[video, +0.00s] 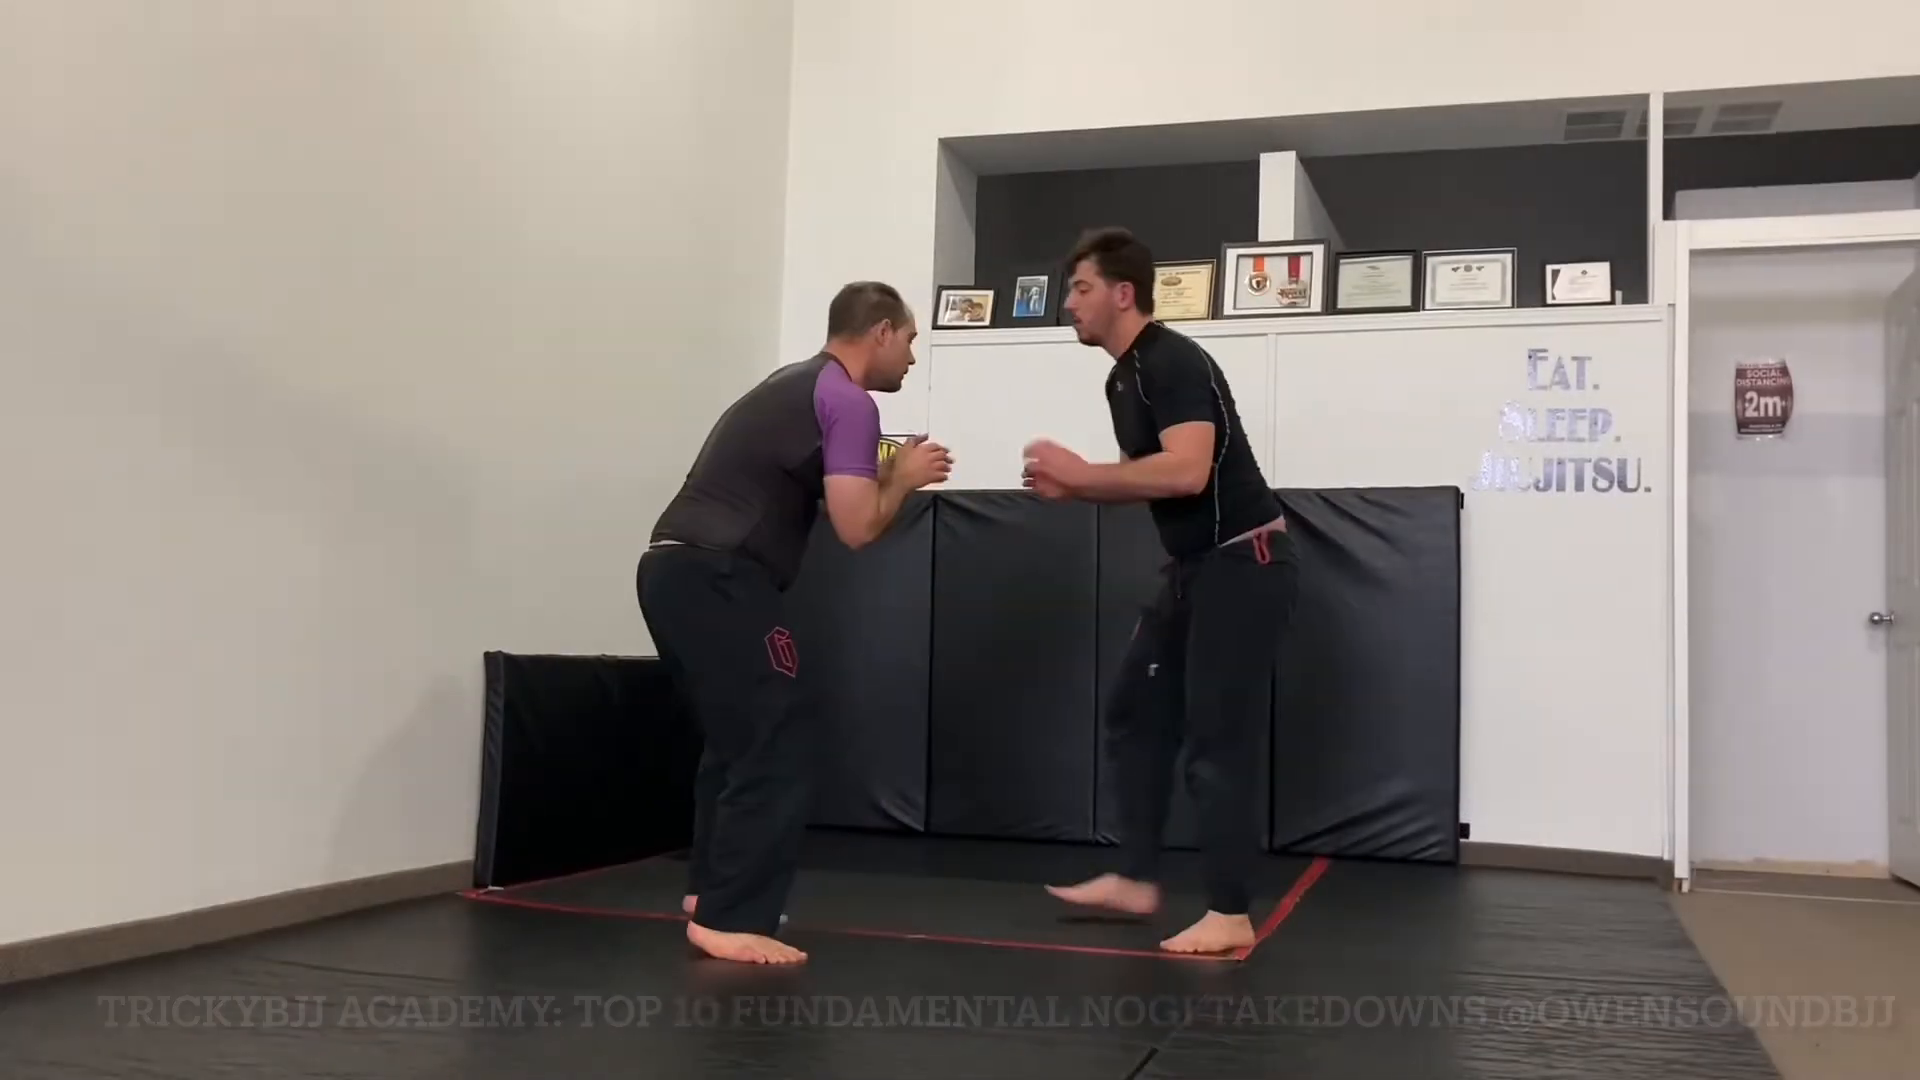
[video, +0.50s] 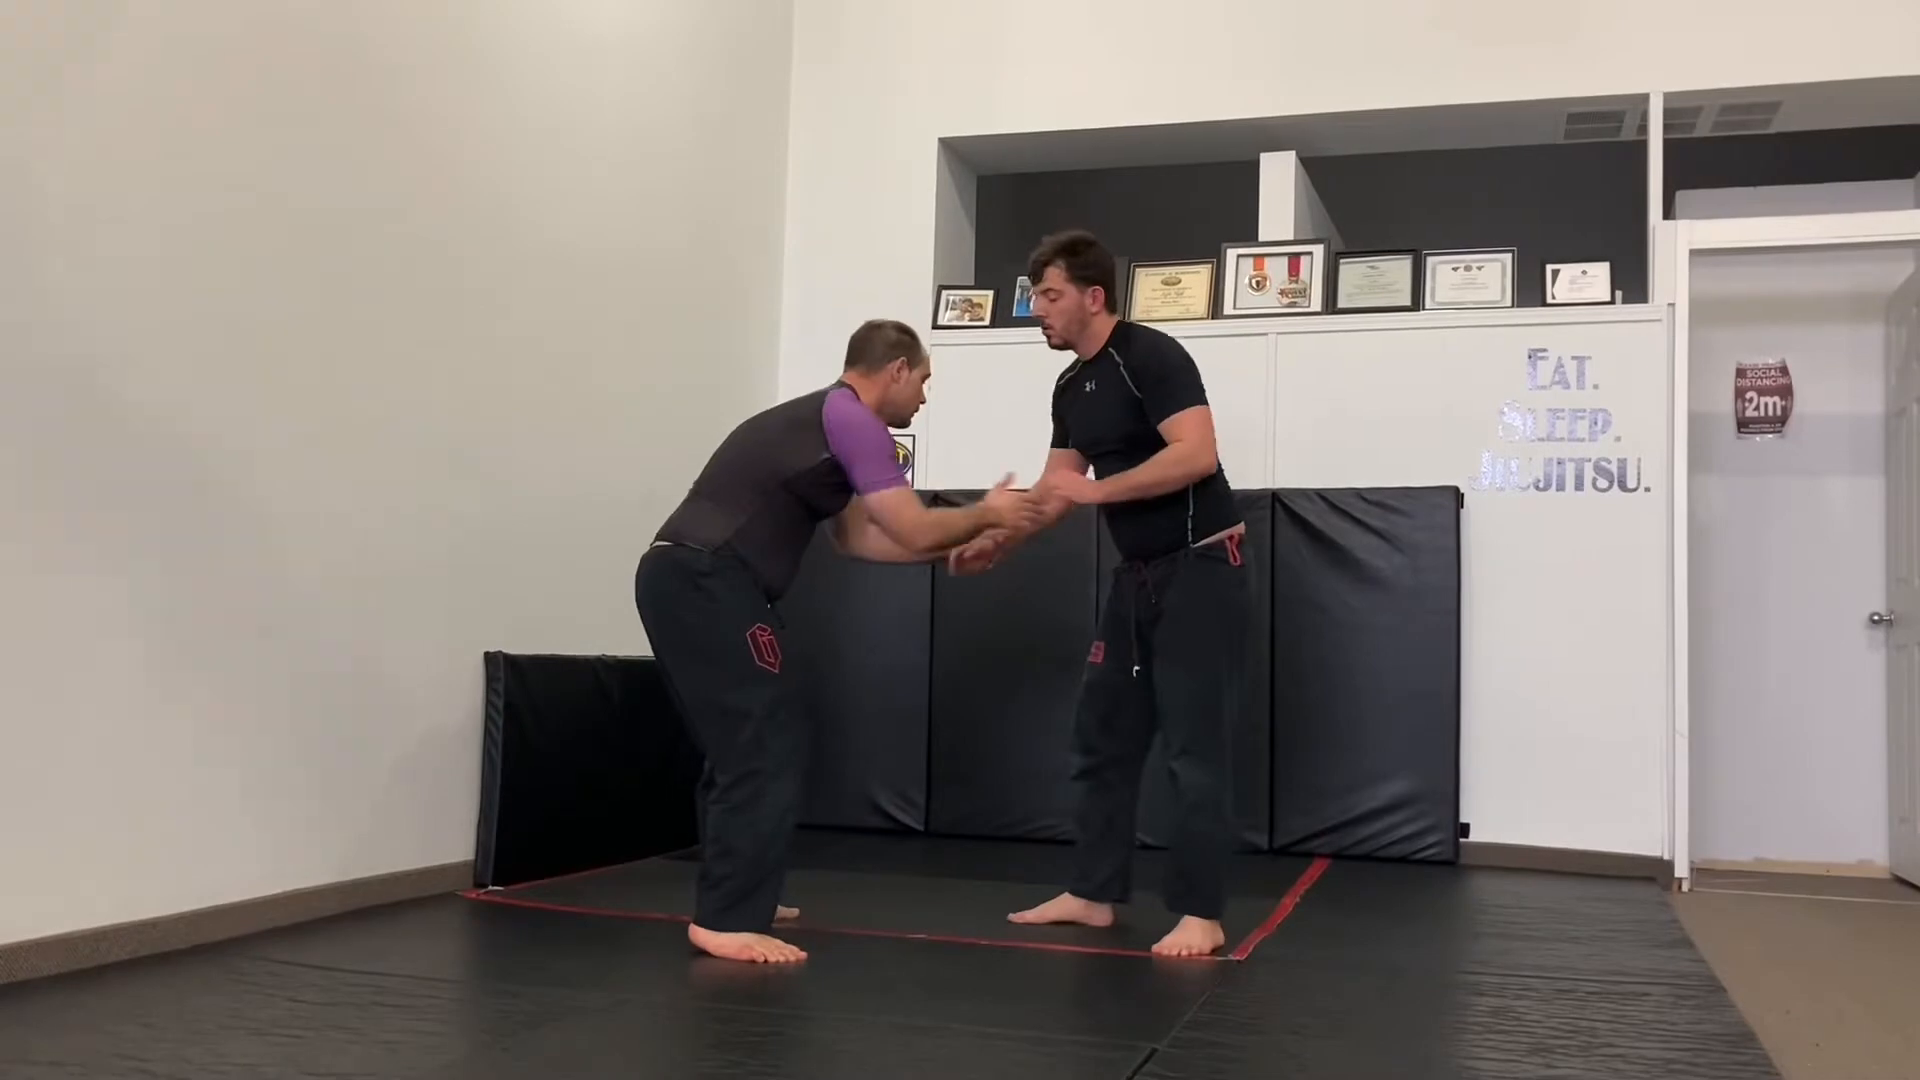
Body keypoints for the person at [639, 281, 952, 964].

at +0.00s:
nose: (913, 359)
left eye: (914, 344)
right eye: (911, 343)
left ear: (851, 332)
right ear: (883, 334)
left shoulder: (800, 382)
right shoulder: (845, 399)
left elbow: (827, 507)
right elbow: (859, 528)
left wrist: (888, 473)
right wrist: (904, 483)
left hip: (671, 569)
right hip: (715, 576)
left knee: (733, 736)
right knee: (773, 736)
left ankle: (712, 895)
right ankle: (735, 922)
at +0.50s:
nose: (922, 397)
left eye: (924, 384)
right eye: (921, 382)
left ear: (863, 371)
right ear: (895, 372)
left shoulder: (821, 417)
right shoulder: (853, 419)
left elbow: (860, 537)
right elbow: (916, 527)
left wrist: (953, 544)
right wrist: (987, 512)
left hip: (683, 575)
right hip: (706, 581)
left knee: (743, 742)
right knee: (766, 740)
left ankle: (739, 894)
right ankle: (726, 917)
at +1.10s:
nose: (983, 446)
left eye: (986, 433)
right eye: (985, 428)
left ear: (929, 404)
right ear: (966, 408)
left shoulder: (870, 444)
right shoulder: (929, 436)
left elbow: (835, 569)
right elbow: (968, 543)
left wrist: (925, 600)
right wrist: (1020, 513)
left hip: (737, 584)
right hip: (788, 589)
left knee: (797, 730)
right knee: (854, 741)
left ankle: (751, 867)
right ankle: (817, 911)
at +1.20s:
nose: (1003, 443)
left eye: (1006, 435)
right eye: (1006, 431)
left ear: (951, 406)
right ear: (993, 412)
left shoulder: (897, 446)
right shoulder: (954, 438)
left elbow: (866, 577)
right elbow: (966, 538)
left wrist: (948, 610)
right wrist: (1016, 511)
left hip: (770, 582)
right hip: (815, 587)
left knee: (844, 729)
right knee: (879, 744)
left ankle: (815, 862)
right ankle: (823, 909)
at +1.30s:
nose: (1024, 451)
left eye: (1027, 445)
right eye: (1026, 439)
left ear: (976, 414)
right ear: (1010, 421)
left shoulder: (925, 451)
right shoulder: (976, 440)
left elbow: (893, 583)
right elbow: (975, 520)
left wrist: (971, 617)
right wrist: (1027, 524)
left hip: (794, 581)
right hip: (841, 584)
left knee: (872, 730)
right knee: (894, 741)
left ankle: (879, 878)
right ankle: (822, 904)